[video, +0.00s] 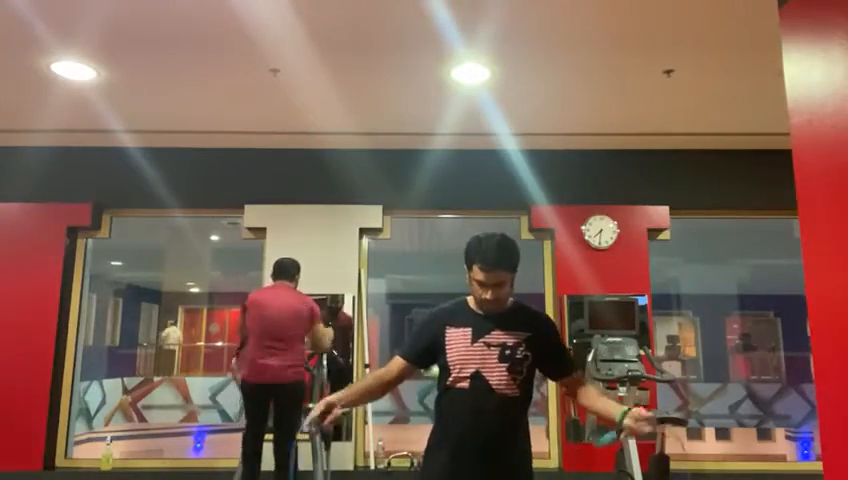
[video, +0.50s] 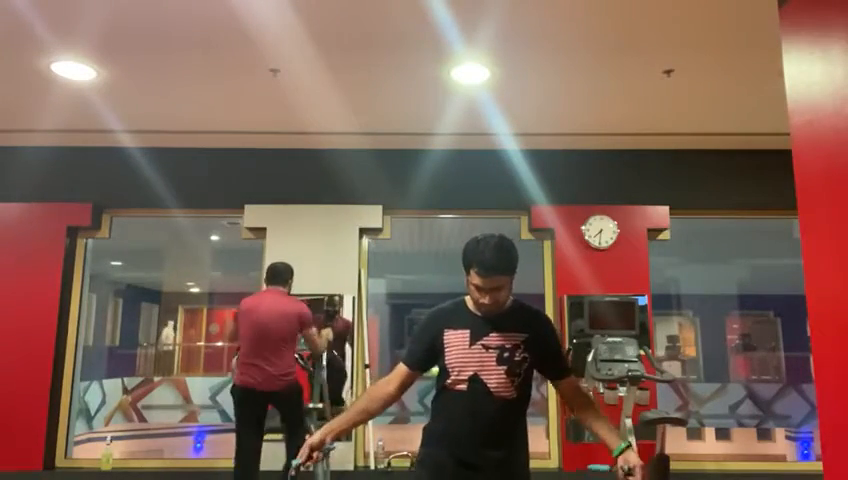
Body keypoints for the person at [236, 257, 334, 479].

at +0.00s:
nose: (297, 280)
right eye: (297, 277)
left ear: (272, 276)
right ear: (296, 278)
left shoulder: (253, 298)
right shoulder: (307, 304)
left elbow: (244, 336)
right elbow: (320, 343)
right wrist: (329, 333)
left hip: (254, 380)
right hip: (291, 382)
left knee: (253, 433)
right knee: (284, 440)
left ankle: (249, 475)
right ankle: (283, 476)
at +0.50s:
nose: (290, 285)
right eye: (291, 282)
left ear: (266, 281)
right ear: (289, 283)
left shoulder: (246, 304)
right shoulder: (298, 308)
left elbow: (231, 337)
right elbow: (317, 348)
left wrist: (255, 331)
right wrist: (325, 336)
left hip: (248, 387)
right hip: (284, 386)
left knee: (247, 445)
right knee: (295, 433)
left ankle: (245, 477)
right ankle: (294, 473)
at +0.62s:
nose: (292, 285)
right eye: (293, 281)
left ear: (267, 280)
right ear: (292, 282)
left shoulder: (247, 304)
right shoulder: (299, 307)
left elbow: (246, 343)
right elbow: (308, 350)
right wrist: (323, 348)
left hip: (249, 384)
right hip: (284, 384)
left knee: (247, 444)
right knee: (295, 427)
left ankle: (243, 477)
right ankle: (297, 472)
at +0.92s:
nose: (295, 283)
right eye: (296, 280)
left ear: (271, 278)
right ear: (295, 280)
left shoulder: (250, 302)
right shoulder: (305, 305)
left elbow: (239, 338)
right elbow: (324, 342)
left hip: (255, 382)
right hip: (291, 383)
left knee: (254, 428)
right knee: (286, 433)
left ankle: (252, 473)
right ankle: (283, 475)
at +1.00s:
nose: (295, 284)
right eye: (295, 281)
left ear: (270, 280)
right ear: (294, 281)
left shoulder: (250, 303)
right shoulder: (304, 306)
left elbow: (230, 344)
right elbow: (324, 341)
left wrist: (228, 375)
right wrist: (331, 329)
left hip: (254, 384)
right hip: (290, 385)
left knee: (255, 429)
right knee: (284, 435)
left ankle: (257, 474)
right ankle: (278, 475)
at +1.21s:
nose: (292, 280)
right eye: (293, 276)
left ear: (268, 275)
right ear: (292, 276)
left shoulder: (246, 297)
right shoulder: (302, 300)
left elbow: (227, 338)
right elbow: (320, 332)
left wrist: (243, 342)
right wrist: (329, 326)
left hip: (250, 382)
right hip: (284, 382)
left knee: (255, 440)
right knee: (285, 440)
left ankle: (254, 476)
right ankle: (281, 476)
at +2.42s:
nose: (290, 282)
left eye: (287, 277)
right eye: (291, 277)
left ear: (268, 276)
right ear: (291, 277)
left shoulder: (250, 302)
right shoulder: (298, 302)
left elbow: (242, 341)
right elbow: (307, 345)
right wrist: (321, 348)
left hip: (250, 383)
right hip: (286, 381)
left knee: (251, 441)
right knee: (294, 427)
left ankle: (245, 475)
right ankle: (293, 469)